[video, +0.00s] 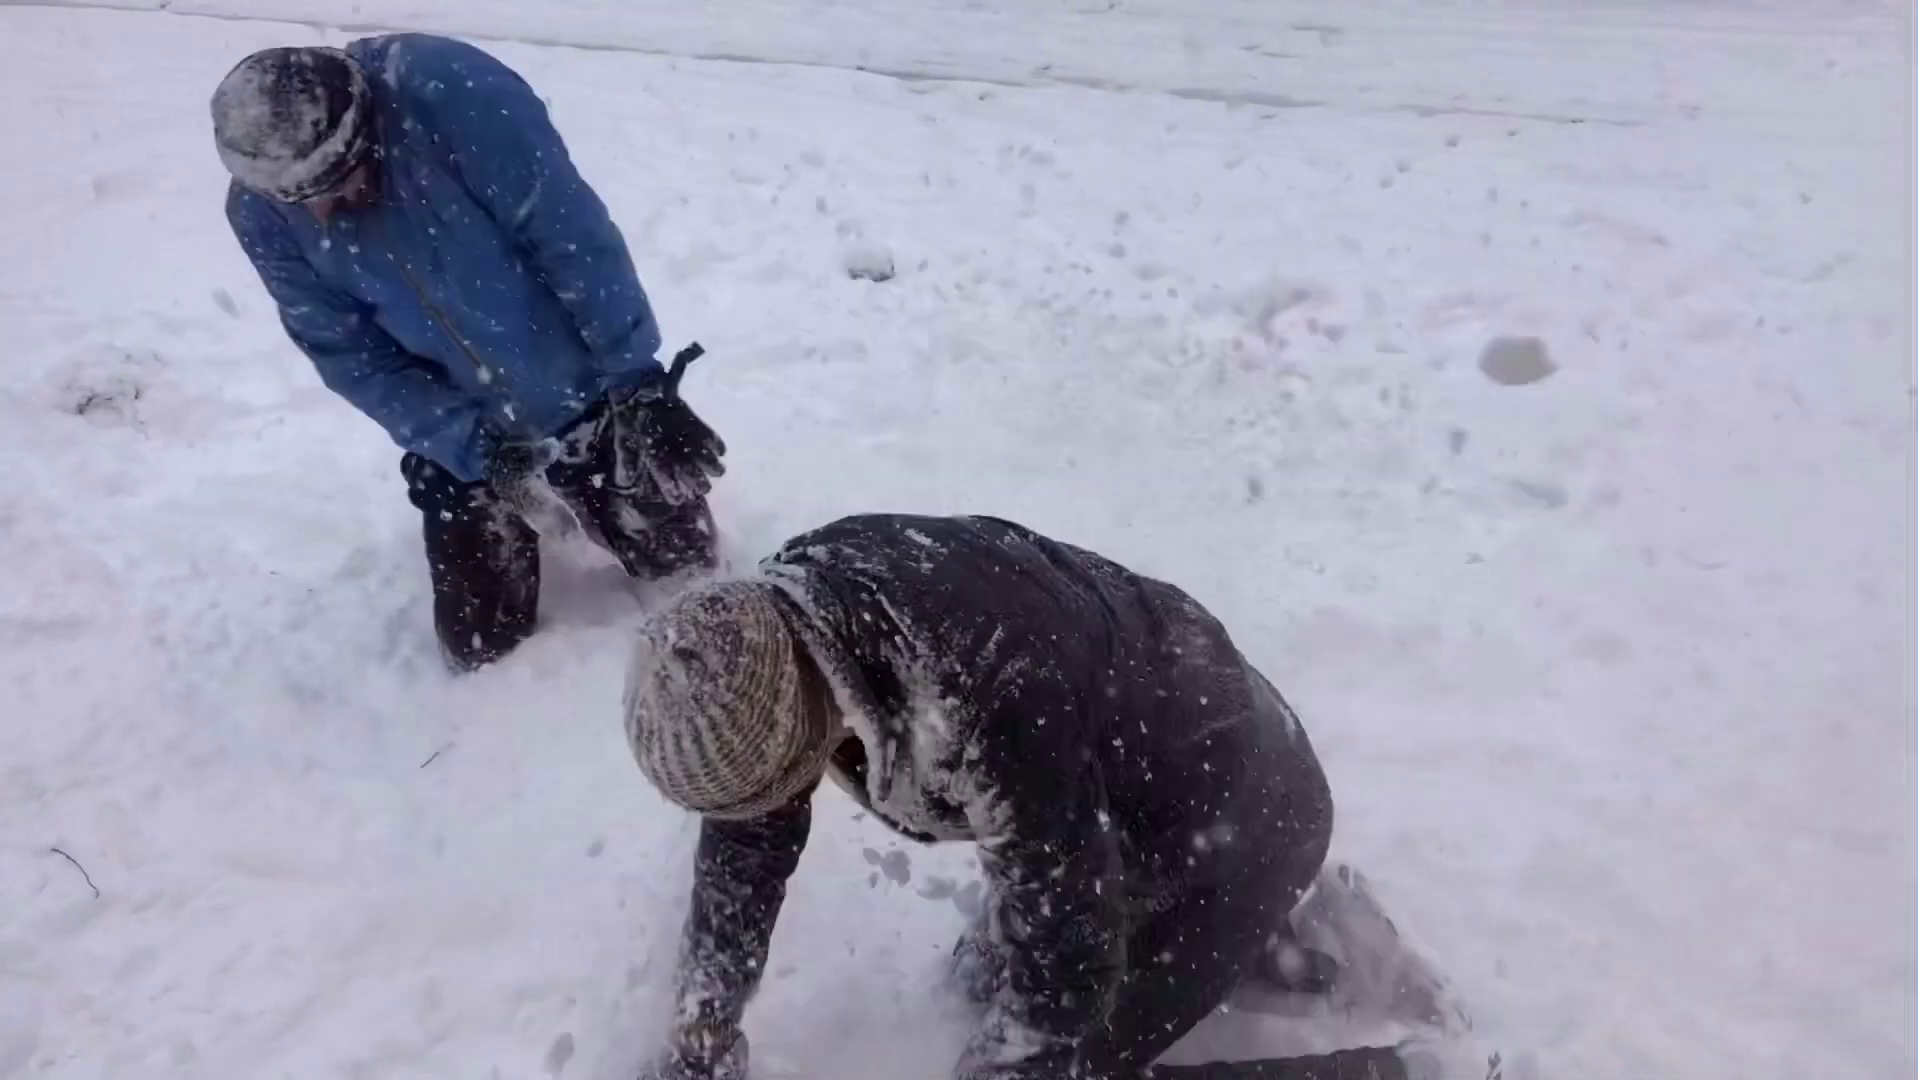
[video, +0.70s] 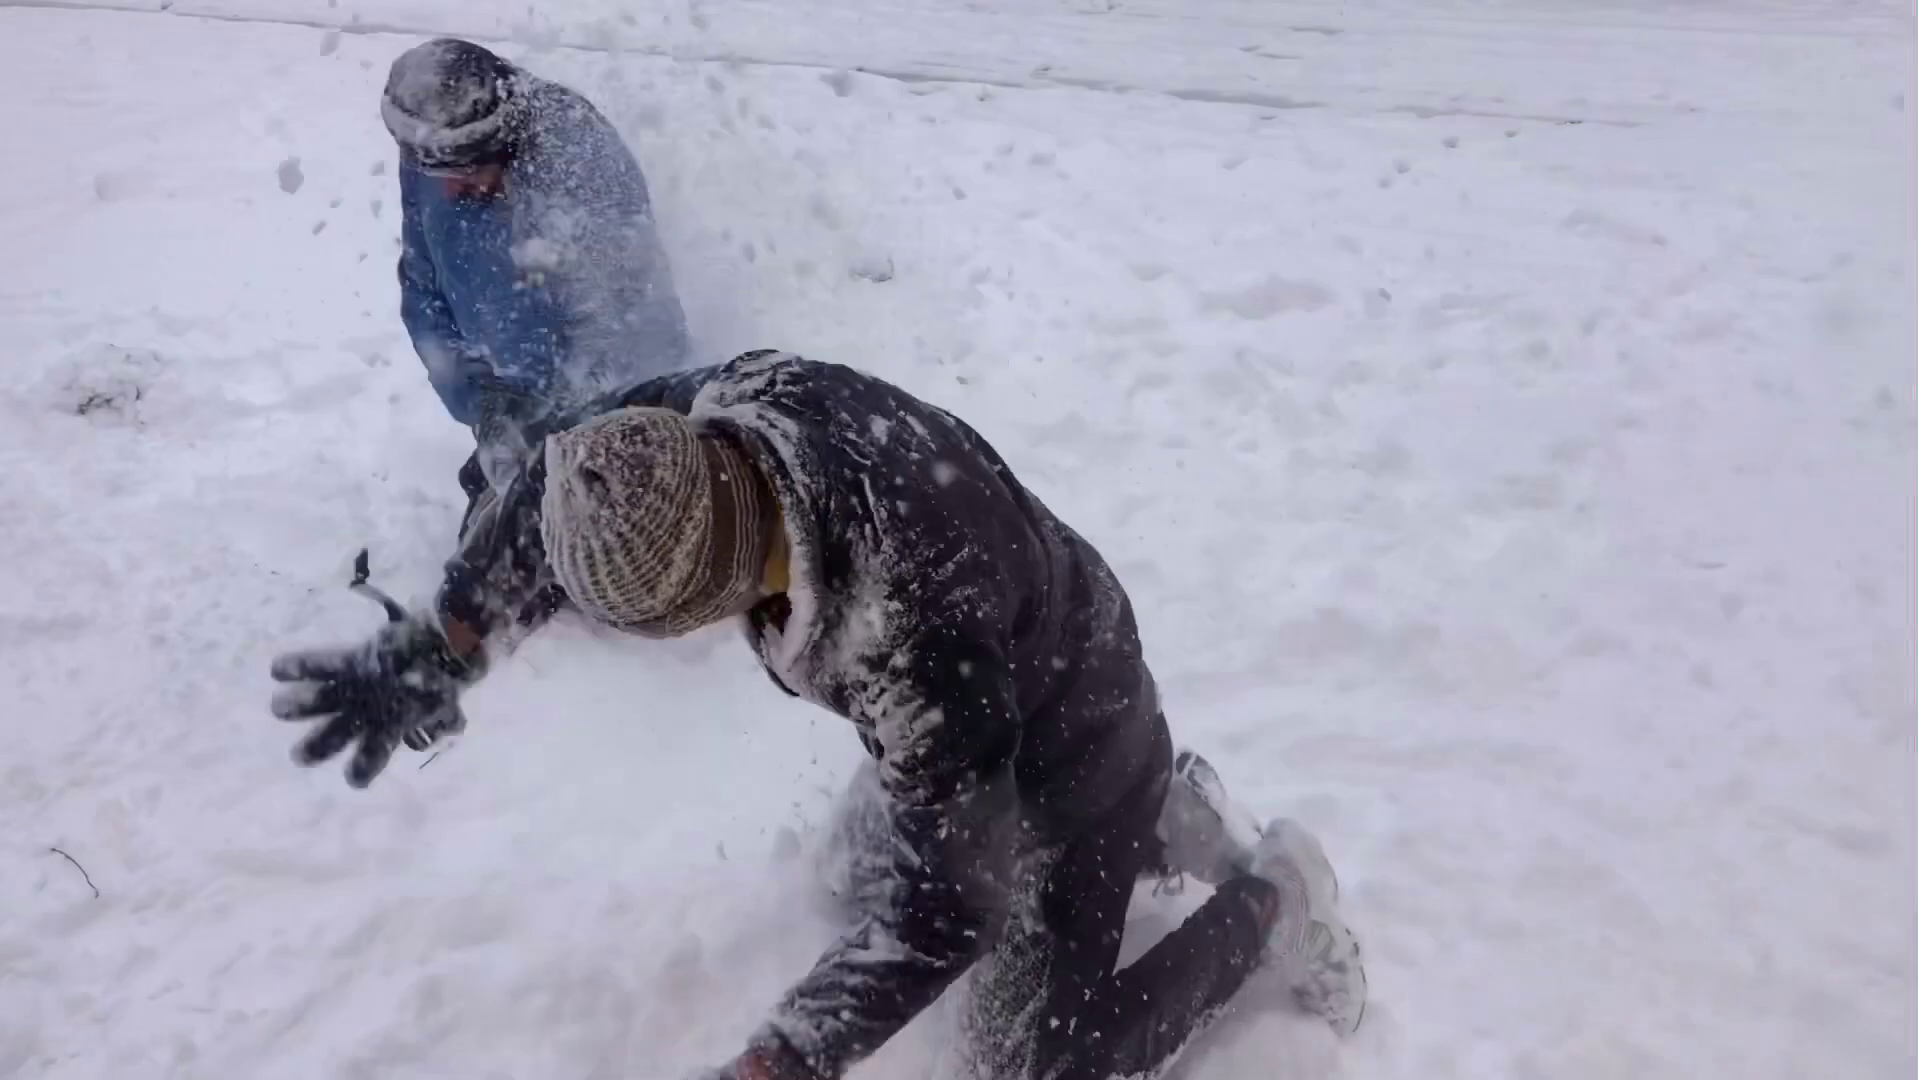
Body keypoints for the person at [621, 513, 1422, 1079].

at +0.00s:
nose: (761, 805)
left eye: (767, 785)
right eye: (735, 805)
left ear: (802, 718)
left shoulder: (989, 677)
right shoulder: (770, 628)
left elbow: (1063, 938)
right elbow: (747, 836)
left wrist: (1034, 1065)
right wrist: (708, 1020)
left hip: (1247, 807)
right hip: (1104, 765)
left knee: (1078, 1051)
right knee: (991, 984)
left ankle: (1366, 1046)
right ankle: (1274, 944)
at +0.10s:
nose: (765, 765)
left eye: (768, 742)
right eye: (736, 762)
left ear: (794, 678)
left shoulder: (981, 640)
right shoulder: (761, 568)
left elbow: (1018, 907)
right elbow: (739, 758)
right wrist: (707, 904)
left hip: (1201, 768)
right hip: (1062, 756)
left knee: (1069, 1051)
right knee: (983, 977)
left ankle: (1379, 1022)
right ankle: (1310, 934)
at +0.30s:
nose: (745, 750)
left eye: (742, 727)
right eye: (716, 737)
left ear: (774, 668)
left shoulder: (970, 650)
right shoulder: (742, 498)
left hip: (1140, 755)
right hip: (990, 752)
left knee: (1058, 1044)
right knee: (974, 958)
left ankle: (1310, 905)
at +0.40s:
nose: (723, 708)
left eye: (725, 692)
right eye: (694, 693)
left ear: (773, 636)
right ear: (670, 562)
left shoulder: (957, 670)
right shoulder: (788, 431)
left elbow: (1031, 859)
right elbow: (702, 382)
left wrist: (992, 1034)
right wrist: (594, 413)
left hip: (1106, 761)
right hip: (977, 740)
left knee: (1041, 1046)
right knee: (977, 934)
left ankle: (1296, 882)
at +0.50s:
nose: (712, 660)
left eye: (712, 638)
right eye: (680, 640)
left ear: (765, 593)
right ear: (675, 480)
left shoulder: (946, 611)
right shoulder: (786, 390)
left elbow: (927, 820)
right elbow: (657, 332)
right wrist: (529, 389)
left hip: (1079, 756)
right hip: (957, 707)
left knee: (1030, 1051)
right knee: (968, 917)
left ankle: (1278, 875)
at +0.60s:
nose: (682, 629)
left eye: (679, 612)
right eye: (652, 608)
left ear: (732, 573)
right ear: (660, 445)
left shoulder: (914, 634)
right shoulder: (764, 384)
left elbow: (935, 869)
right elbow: (617, 361)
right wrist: (450, 465)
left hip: (1082, 747)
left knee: (1026, 1058)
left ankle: (1267, 902)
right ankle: (1196, 836)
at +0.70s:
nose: (680, 634)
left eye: (684, 617)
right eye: (655, 621)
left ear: (732, 569)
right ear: (620, 476)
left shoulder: (907, 592)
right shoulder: (679, 438)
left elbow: (947, 893)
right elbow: (544, 483)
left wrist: (789, 1058)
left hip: (1072, 716)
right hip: (942, 699)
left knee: (1048, 1051)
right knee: (907, 909)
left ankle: (1268, 907)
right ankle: (1129, 818)